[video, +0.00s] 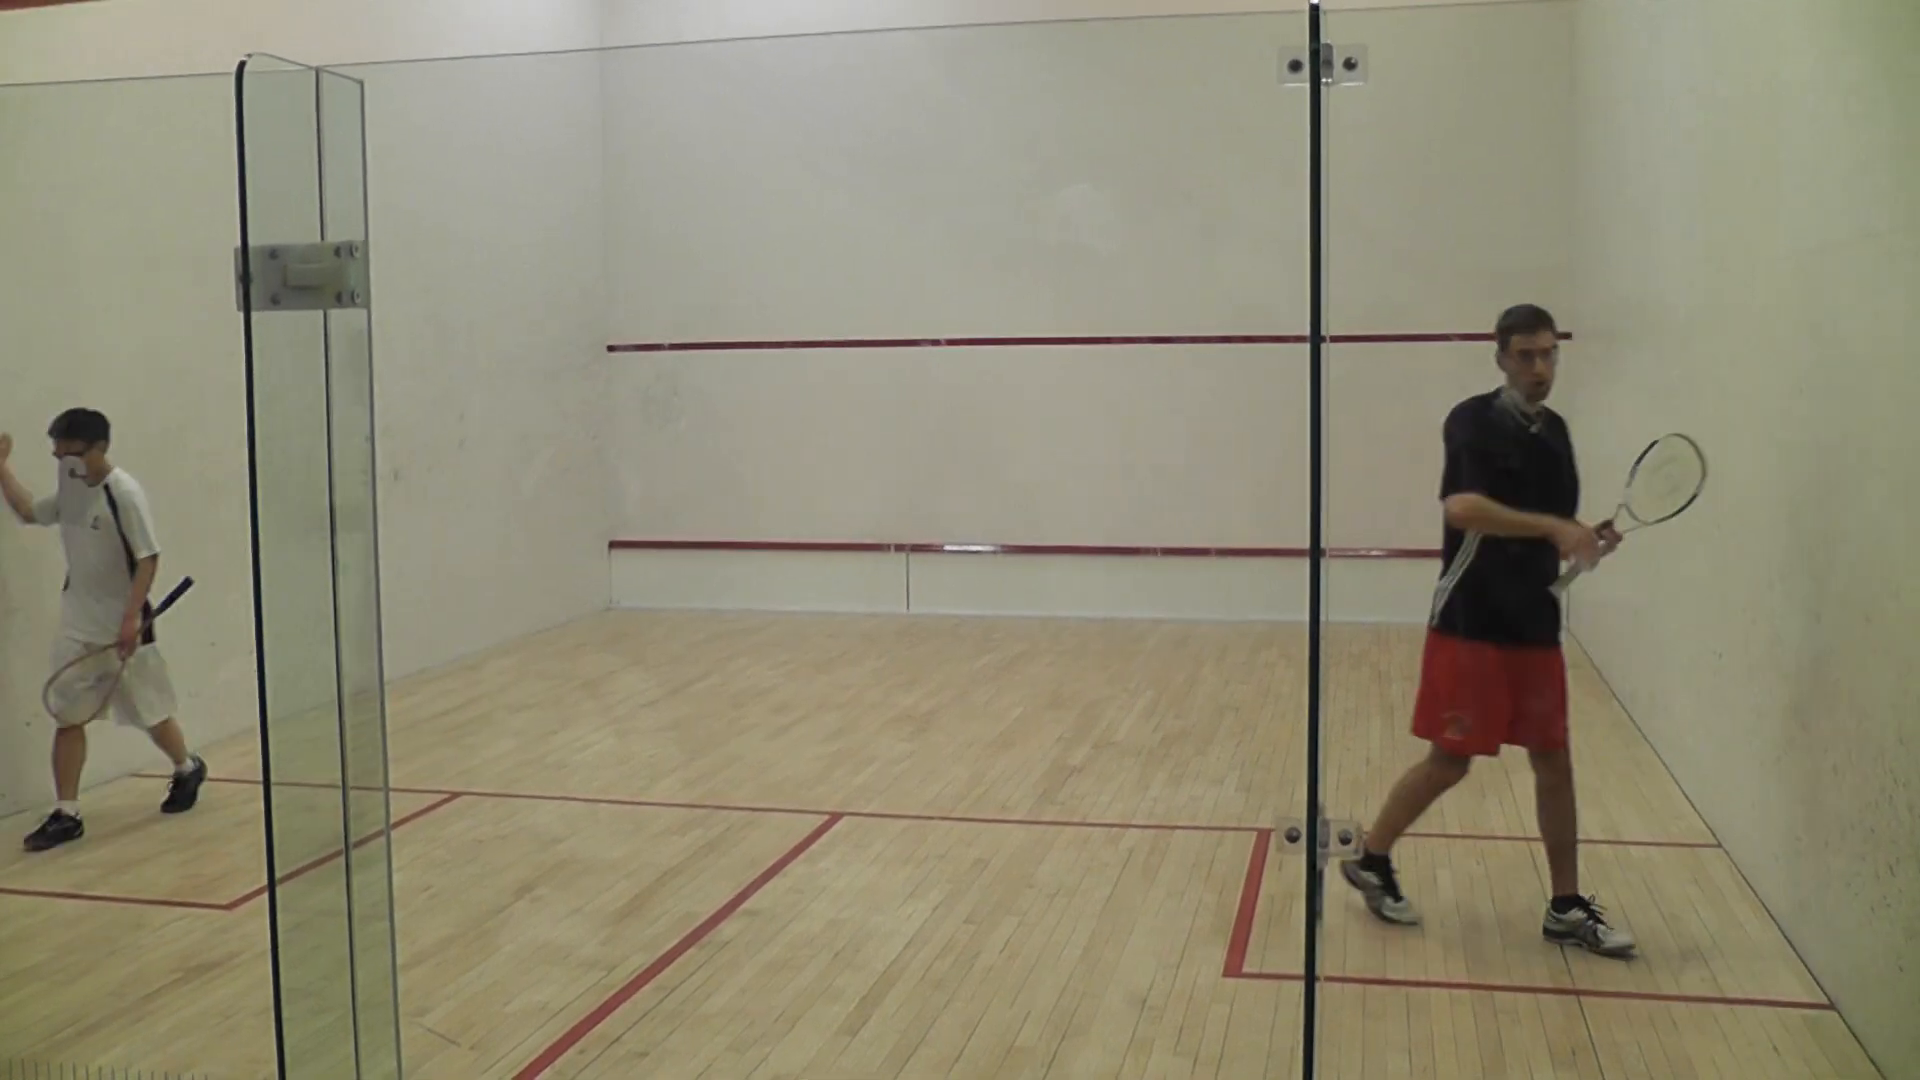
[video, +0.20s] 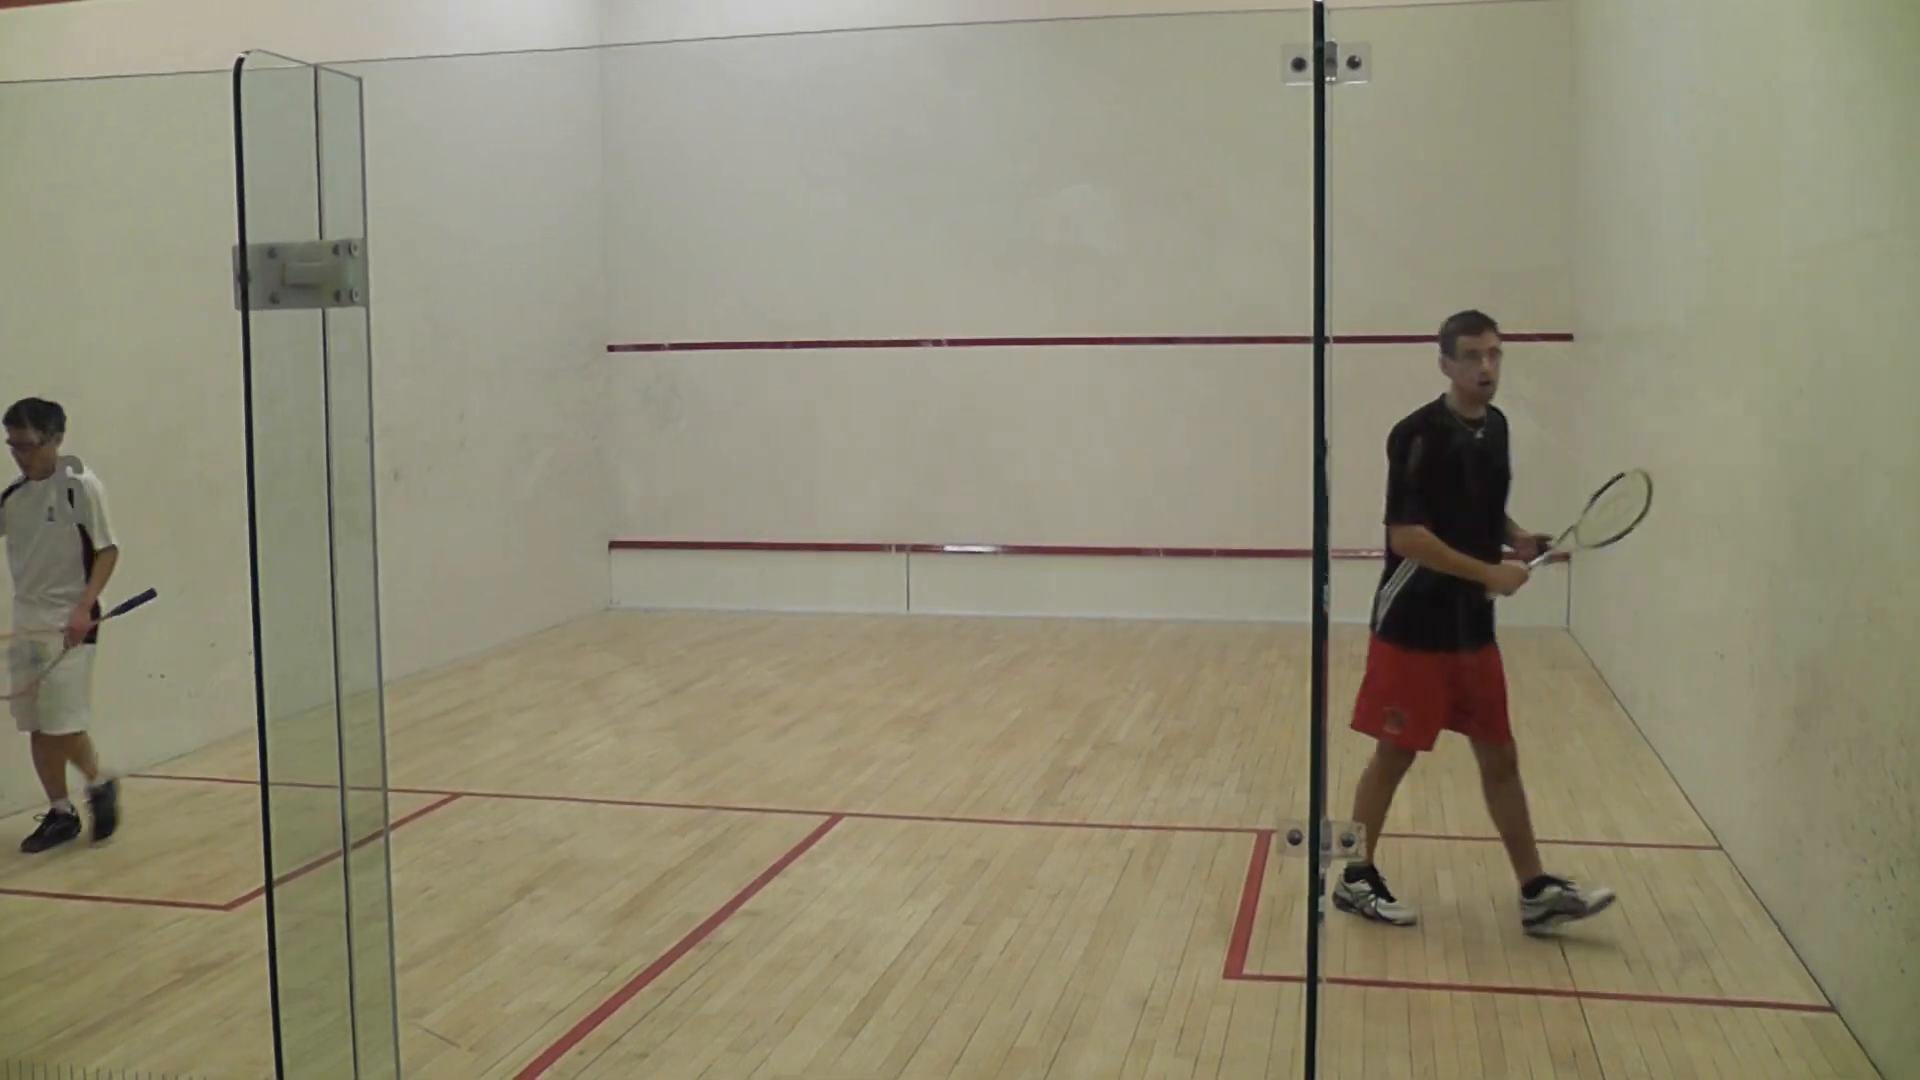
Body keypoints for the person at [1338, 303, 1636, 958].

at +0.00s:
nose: (1539, 366)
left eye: (1547, 355)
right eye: (1525, 356)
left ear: (1557, 356)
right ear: (1501, 358)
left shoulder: (1554, 432)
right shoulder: (1473, 420)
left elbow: (1541, 534)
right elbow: (1461, 508)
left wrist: (1580, 542)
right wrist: (1555, 529)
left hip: (1533, 624)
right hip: (1470, 624)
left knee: (1553, 761)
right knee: (1449, 761)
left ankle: (1567, 904)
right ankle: (1369, 856)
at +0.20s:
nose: (1486, 368)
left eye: (1494, 356)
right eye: (1472, 357)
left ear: (1501, 360)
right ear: (1445, 364)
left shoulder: (1495, 430)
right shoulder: (1415, 434)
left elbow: (1482, 510)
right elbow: (1404, 536)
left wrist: (1522, 539)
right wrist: (1485, 572)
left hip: (1471, 626)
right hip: (1412, 629)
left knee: (1499, 756)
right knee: (1395, 752)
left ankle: (1535, 888)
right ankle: (1353, 874)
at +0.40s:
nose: (1448, 352)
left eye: (1455, 341)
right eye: (1434, 343)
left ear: (1465, 348)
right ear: (1410, 351)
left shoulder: (1455, 412)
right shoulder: (1391, 422)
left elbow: (1431, 495)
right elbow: (1360, 518)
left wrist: (1463, 535)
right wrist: (1415, 589)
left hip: (1431, 608)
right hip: (1381, 613)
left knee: (1448, 730)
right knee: (1376, 740)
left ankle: (1419, 861)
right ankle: (1353, 873)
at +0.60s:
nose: (1437, 356)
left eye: (1442, 345)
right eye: (1425, 345)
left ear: (1440, 348)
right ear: (1392, 348)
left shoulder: (1416, 412)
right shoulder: (1366, 417)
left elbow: (1407, 487)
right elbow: (1341, 511)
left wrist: (1455, 504)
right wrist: (1349, 597)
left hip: (1397, 600)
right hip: (1369, 604)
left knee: (1364, 723)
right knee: (1365, 730)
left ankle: (1325, 824)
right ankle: (1351, 869)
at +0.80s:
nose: (1442, 392)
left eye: (1446, 379)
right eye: (1441, 377)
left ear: (1410, 364)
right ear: (1413, 363)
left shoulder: (1380, 420)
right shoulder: (1359, 418)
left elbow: (1389, 502)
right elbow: (1315, 502)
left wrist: (1455, 478)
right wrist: (1310, 587)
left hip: (1358, 603)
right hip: (1351, 608)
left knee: (1318, 713)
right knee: (1353, 728)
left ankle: (1291, 824)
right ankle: (1353, 870)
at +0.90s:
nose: (1437, 398)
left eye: (1442, 386)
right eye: (1438, 383)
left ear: (1410, 367)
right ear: (1414, 366)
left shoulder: (1373, 421)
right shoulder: (1353, 417)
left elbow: (1379, 506)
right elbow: (1313, 498)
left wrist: (1451, 514)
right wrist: (1308, 576)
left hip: (1337, 592)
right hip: (1342, 597)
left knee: (1303, 708)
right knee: (1351, 720)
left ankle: (1287, 824)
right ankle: (1349, 860)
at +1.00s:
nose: (1441, 398)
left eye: (1447, 388)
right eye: (1443, 384)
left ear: (1420, 367)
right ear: (1421, 366)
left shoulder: (1377, 417)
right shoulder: (1361, 413)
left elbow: (1377, 501)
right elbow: (1321, 497)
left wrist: (1428, 546)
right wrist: (1319, 575)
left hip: (1336, 589)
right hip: (1341, 594)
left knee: (1310, 703)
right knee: (1353, 715)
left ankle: (1298, 824)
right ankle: (1343, 852)